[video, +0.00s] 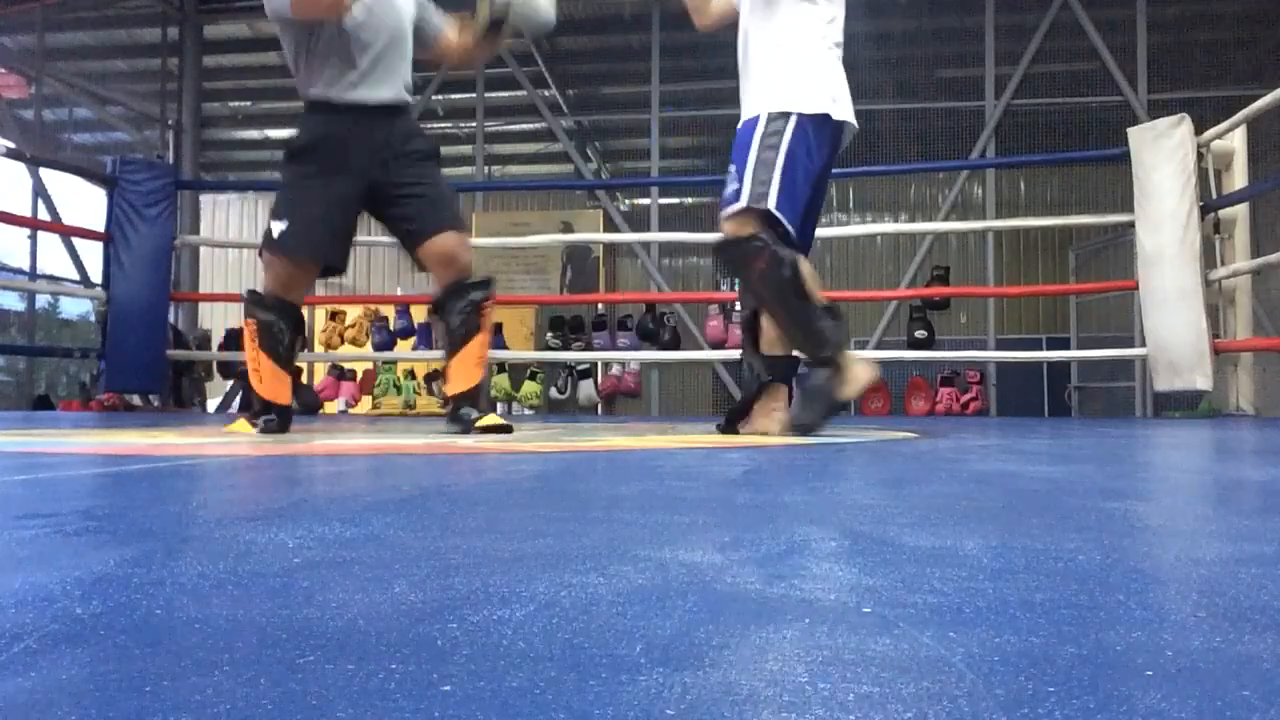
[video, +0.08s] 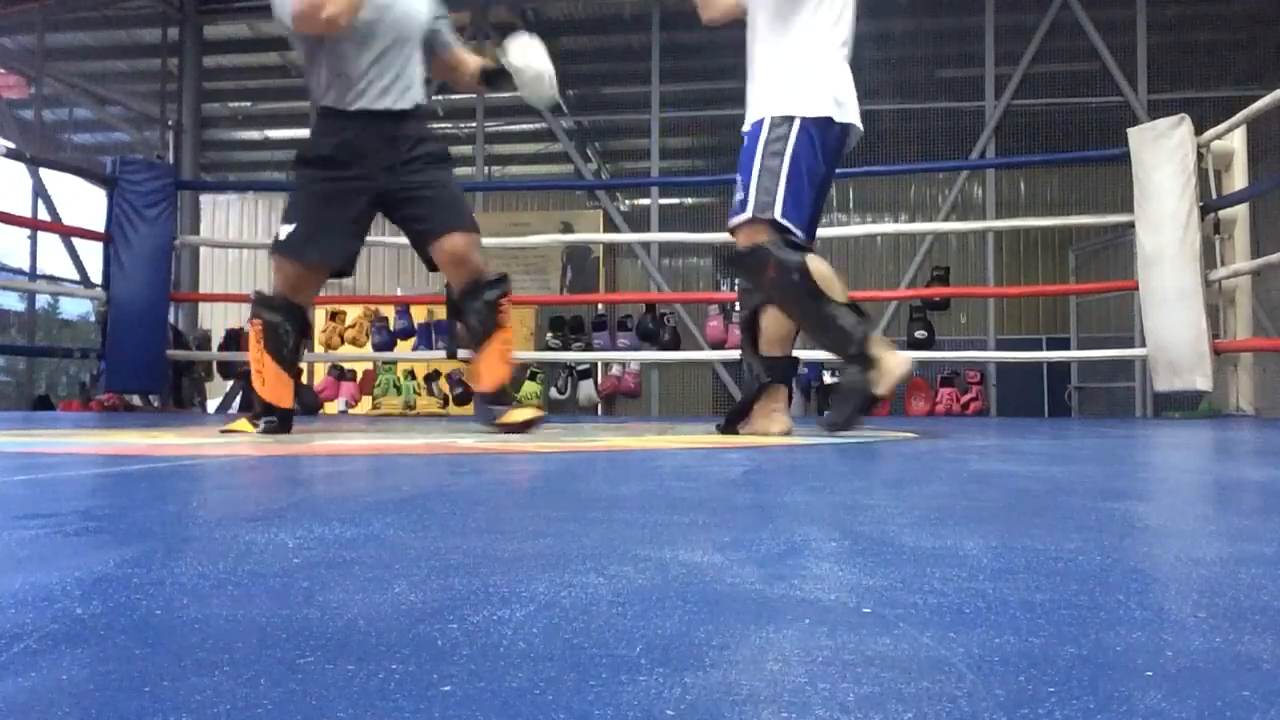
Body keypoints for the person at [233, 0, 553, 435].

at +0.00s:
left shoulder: (405, 4)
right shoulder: (286, 3)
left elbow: (456, 50)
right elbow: (322, 8)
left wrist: (501, 26)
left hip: (399, 135)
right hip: (328, 133)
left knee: (453, 257)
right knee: (286, 270)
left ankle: (467, 404)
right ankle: (268, 410)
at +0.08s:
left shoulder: (424, 8)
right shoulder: (293, 4)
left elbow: (453, 62)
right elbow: (327, 17)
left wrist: (498, 71)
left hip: (412, 141)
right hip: (337, 142)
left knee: (463, 253)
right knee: (294, 271)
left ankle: (492, 399)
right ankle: (272, 409)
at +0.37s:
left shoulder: (531, 5)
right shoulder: (416, 2)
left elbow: (602, 6)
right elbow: (376, 24)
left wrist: (649, 2)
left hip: (471, 148)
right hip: (405, 140)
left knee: (487, 271)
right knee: (345, 269)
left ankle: (531, 400)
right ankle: (301, 394)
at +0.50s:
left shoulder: (538, 5)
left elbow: (576, 65)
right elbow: (408, 39)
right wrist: (454, 3)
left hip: (491, 140)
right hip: (428, 133)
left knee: (496, 265)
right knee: (386, 272)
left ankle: (533, 402)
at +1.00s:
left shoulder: (561, 6)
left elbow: (617, 57)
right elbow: (448, 36)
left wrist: (678, 39)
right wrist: (498, 4)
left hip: (539, 131)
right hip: (474, 130)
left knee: (566, 261)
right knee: (469, 270)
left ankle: (618, 396)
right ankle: (461, 397)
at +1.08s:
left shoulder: (578, 9)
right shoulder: (468, 2)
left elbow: (631, 68)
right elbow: (467, 46)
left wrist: (692, 37)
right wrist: (513, 7)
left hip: (556, 141)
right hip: (491, 138)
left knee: (580, 272)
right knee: (479, 274)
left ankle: (618, 405)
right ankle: (461, 399)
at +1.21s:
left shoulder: (612, 8)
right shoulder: (497, 3)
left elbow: (649, 70)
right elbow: (492, 39)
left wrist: (700, 34)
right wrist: (553, 6)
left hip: (579, 132)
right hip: (514, 127)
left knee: (593, 266)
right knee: (486, 264)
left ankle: (621, 403)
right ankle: (464, 394)